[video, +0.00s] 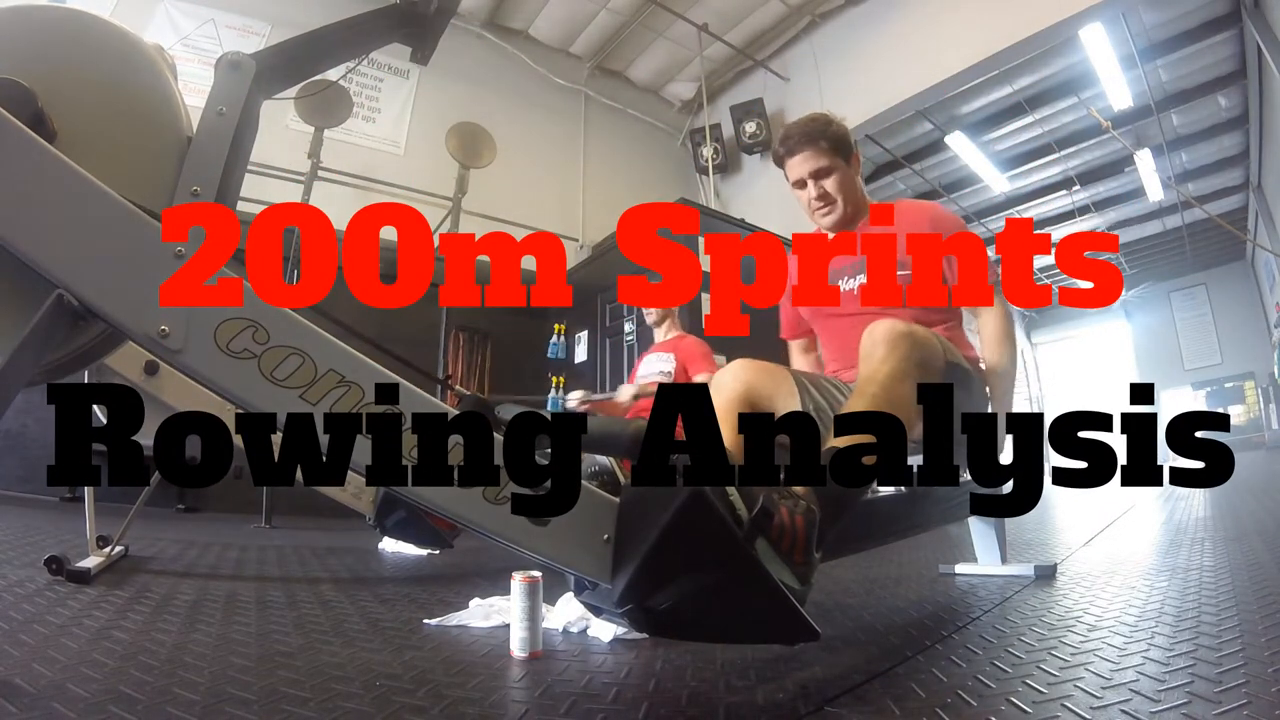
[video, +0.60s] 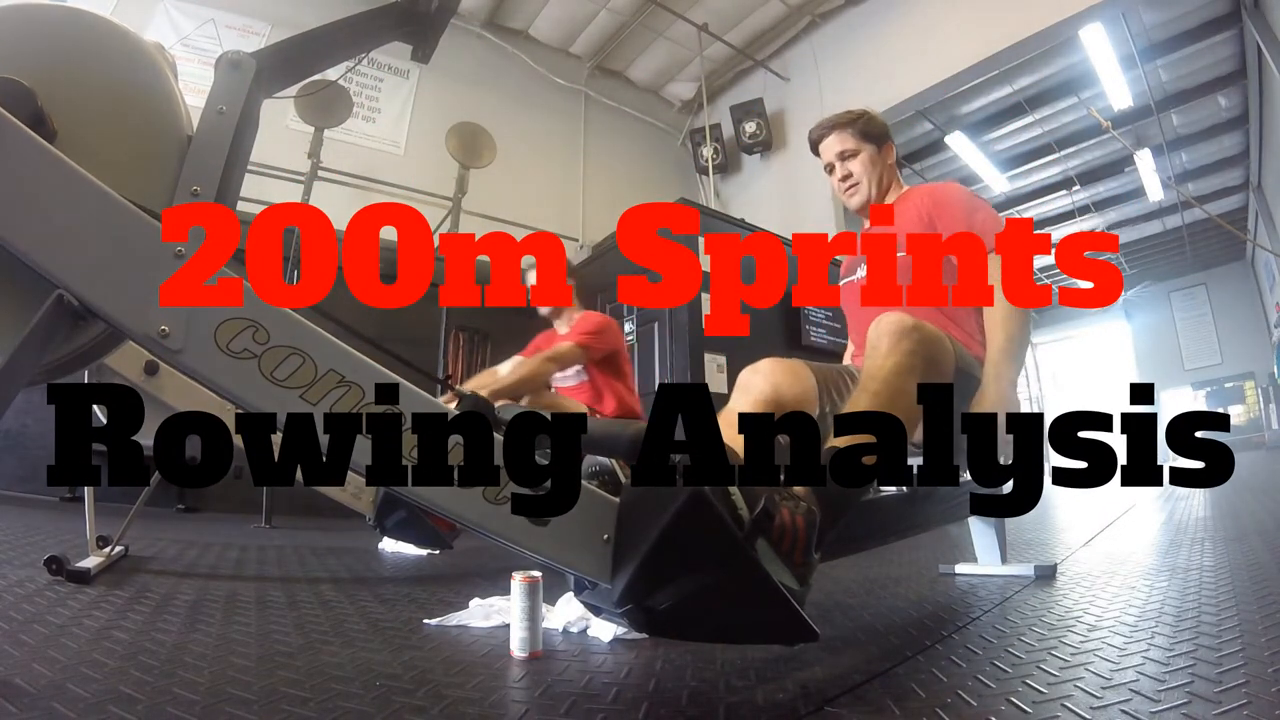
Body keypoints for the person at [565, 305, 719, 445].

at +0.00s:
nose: (645, 308)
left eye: (653, 300)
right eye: (643, 303)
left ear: (673, 305)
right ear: (641, 309)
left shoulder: (691, 345)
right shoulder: (644, 356)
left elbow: (706, 389)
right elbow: (625, 407)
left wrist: (645, 390)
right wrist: (592, 404)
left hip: (664, 427)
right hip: (631, 424)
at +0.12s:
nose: (630, 302)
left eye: (639, 295)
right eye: (629, 296)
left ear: (657, 298)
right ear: (626, 302)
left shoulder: (678, 339)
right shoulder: (631, 352)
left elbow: (676, 382)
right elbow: (599, 391)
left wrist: (612, 395)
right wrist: (557, 397)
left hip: (664, 433)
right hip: (629, 434)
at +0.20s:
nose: (619, 299)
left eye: (627, 290)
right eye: (618, 292)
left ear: (648, 292)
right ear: (616, 299)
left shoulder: (671, 336)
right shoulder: (621, 350)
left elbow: (663, 375)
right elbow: (587, 386)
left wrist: (594, 394)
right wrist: (540, 399)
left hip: (667, 442)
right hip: (627, 442)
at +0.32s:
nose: (594, 295)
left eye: (601, 287)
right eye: (591, 290)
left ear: (623, 289)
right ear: (591, 295)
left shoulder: (650, 332)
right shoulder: (599, 345)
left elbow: (617, 373)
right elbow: (561, 378)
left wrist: (552, 397)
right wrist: (513, 396)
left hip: (656, 437)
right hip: (617, 441)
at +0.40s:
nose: (580, 295)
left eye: (588, 287)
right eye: (577, 290)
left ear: (611, 288)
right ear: (576, 296)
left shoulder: (638, 330)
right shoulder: (587, 344)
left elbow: (599, 370)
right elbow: (544, 377)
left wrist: (539, 396)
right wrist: (494, 398)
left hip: (644, 437)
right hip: (608, 439)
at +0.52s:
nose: (554, 295)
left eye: (563, 285)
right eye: (551, 287)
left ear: (585, 286)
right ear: (545, 293)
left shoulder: (613, 326)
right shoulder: (563, 340)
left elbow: (572, 363)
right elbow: (518, 372)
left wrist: (510, 394)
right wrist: (473, 395)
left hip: (630, 430)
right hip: (592, 430)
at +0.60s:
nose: (534, 294)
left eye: (540, 286)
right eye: (531, 288)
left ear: (568, 284)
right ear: (528, 291)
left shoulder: (598, 324)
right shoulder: (547, 339)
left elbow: (551, 363)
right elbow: (505, 371)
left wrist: (485, 396)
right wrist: (460, 393)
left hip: (616, 426)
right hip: (573, 420)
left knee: (533, 395)